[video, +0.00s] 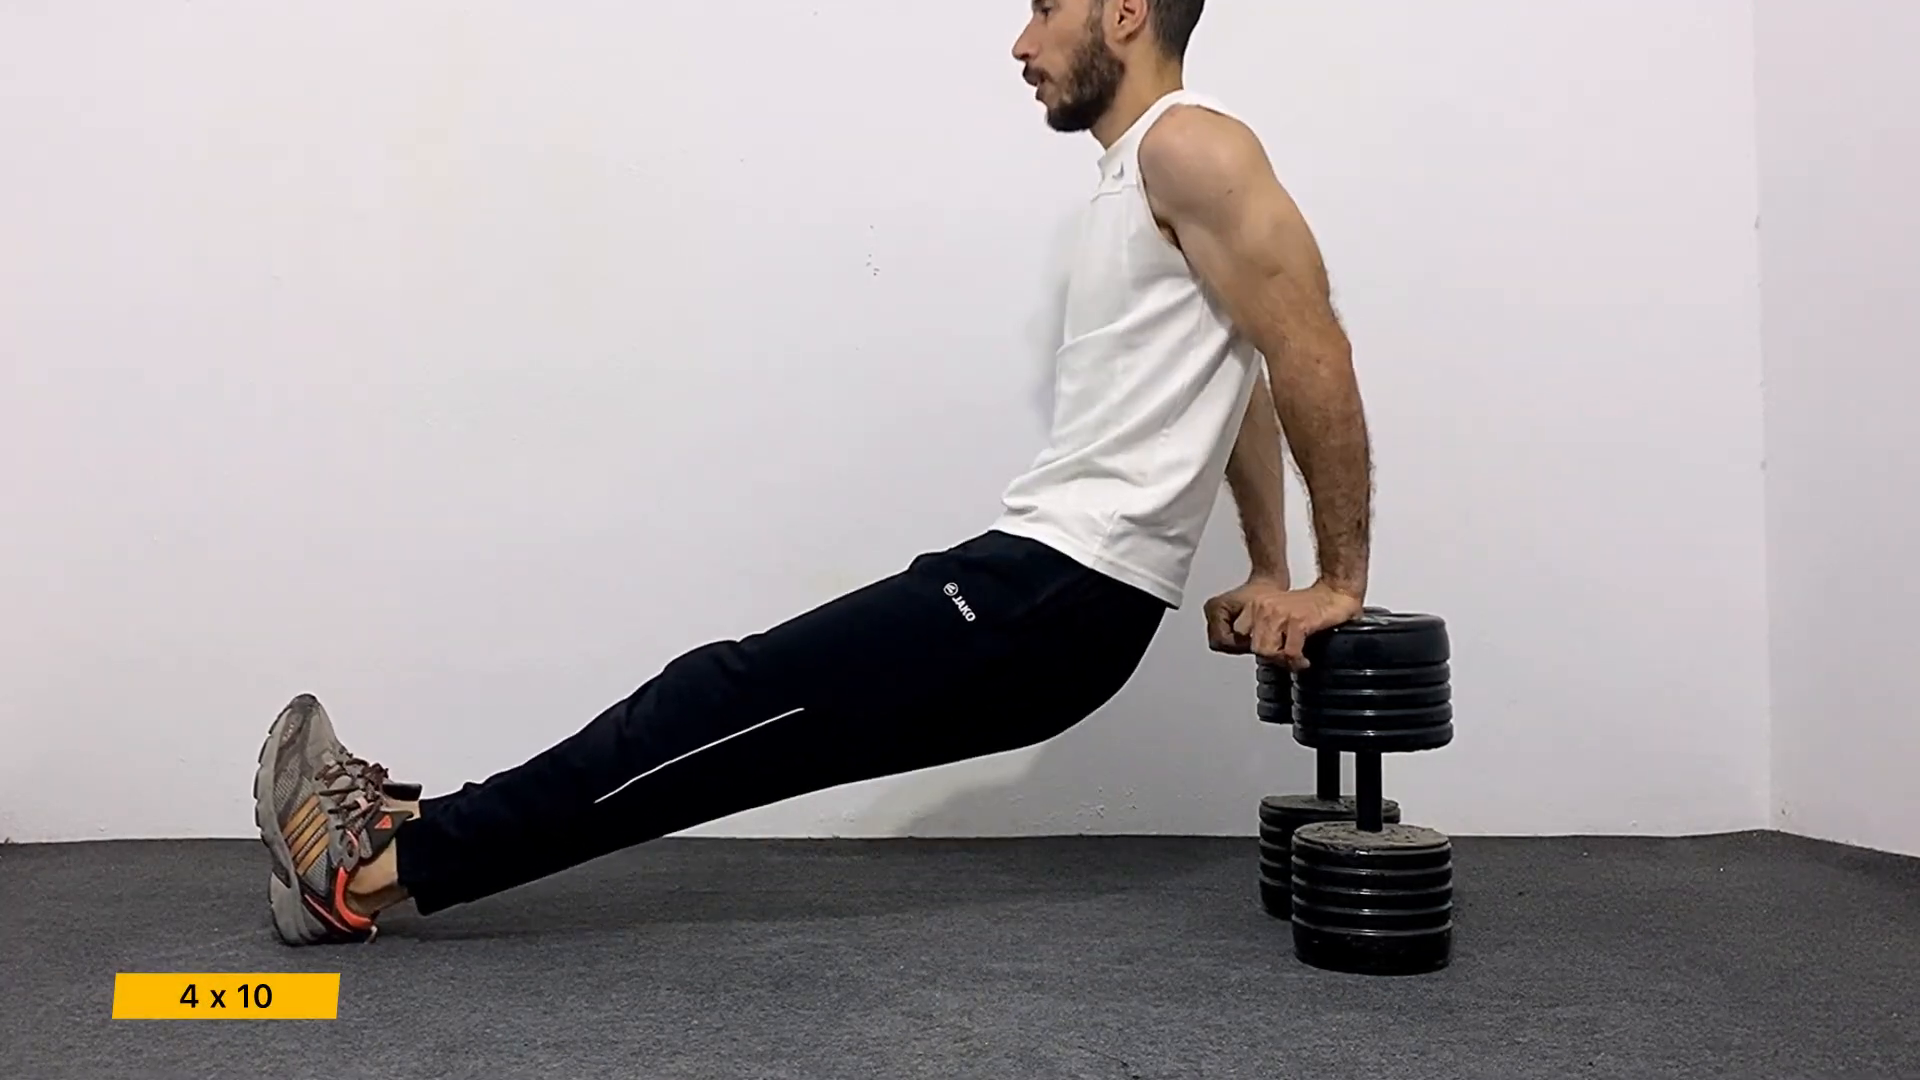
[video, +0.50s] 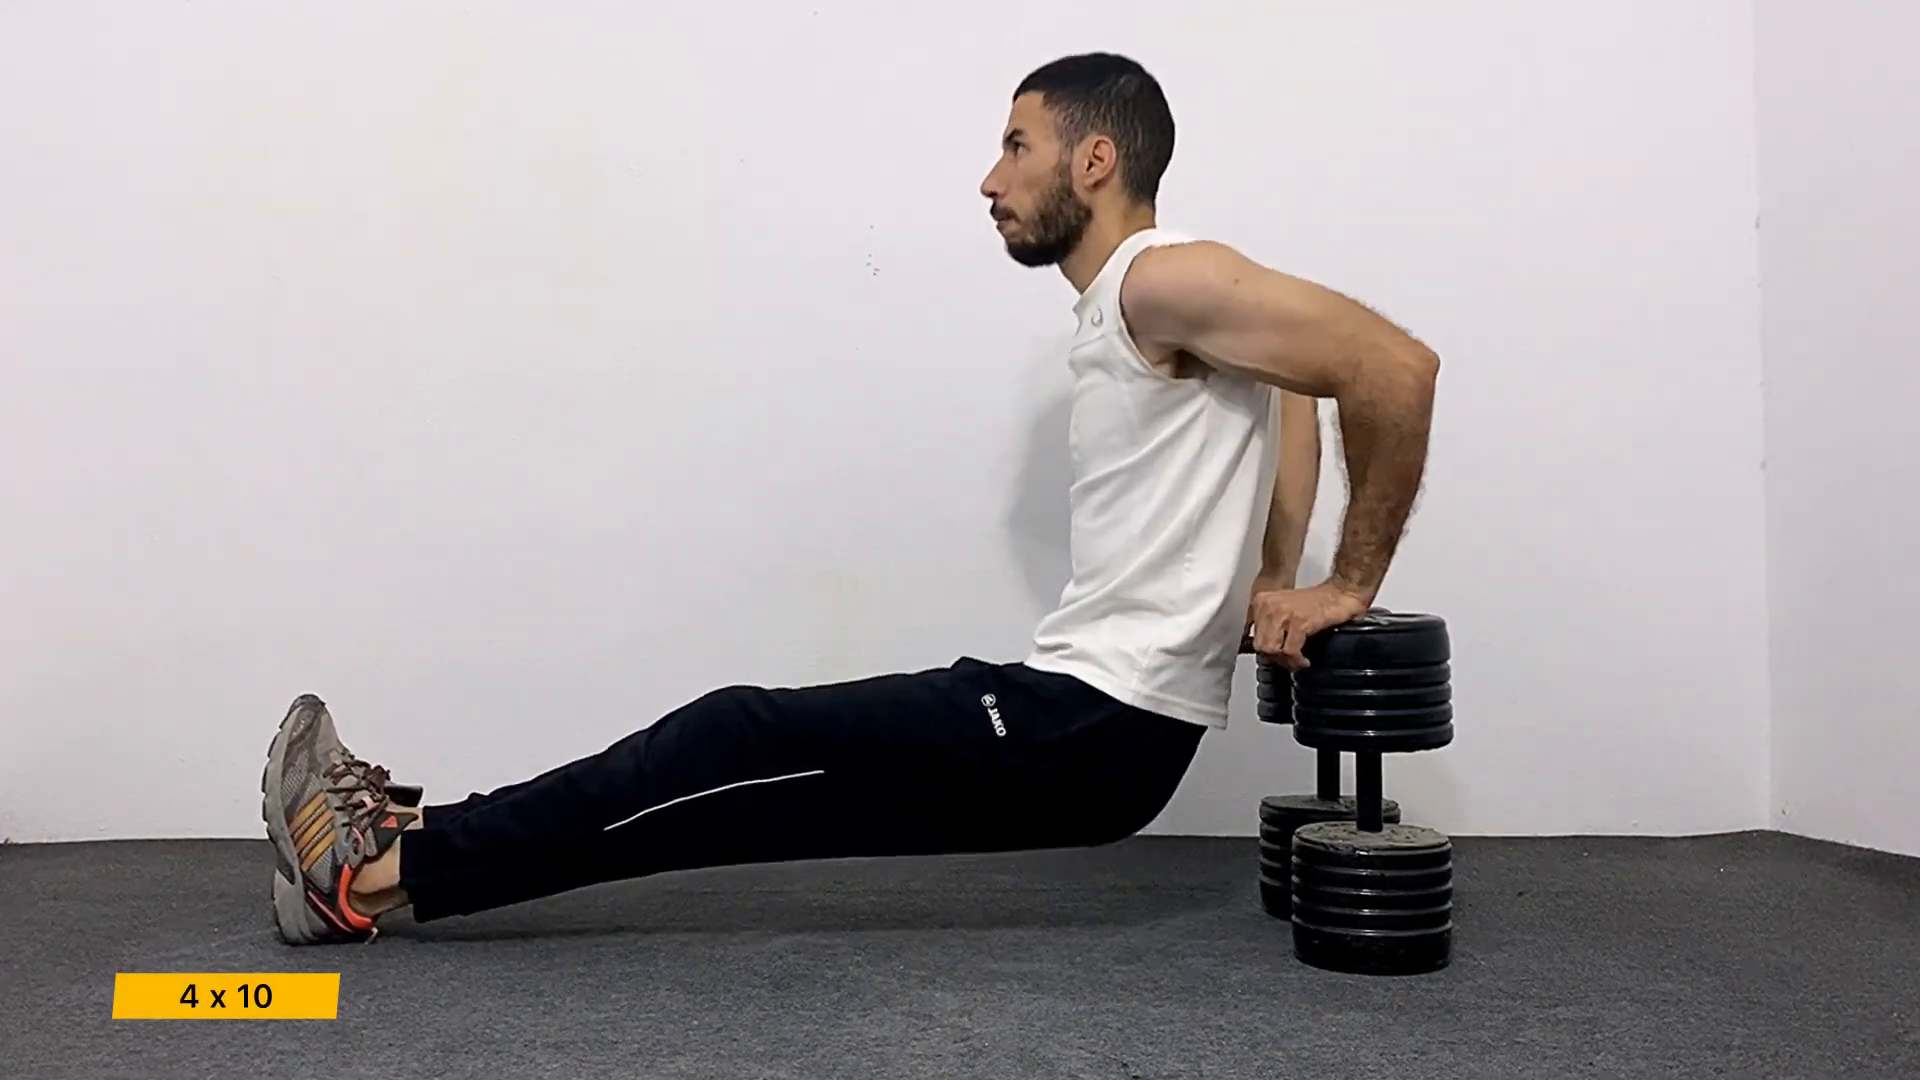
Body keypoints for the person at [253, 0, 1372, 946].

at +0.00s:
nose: (1021, 43)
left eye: (1042, 13)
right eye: (1027, 16)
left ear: (1128, 17)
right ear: (1112, 24)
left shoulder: (1189, 144)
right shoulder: (1146, 168)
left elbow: (1313, 350)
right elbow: (1244, 383)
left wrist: (1346, 579)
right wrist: (1263, 572)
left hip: (1063, 590)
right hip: (1041, 576)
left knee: (721, 714)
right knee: (715, 700)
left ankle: (379, 877)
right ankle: (412, 843)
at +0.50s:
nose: (992, 181)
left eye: (1013, 149)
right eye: (998, 152)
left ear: (1100, 159)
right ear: (1103, 164)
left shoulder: (1163, 286)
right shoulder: (1138, 294)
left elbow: (1395, 368)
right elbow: (1302, 374)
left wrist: (1354, 586)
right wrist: (1281, 572)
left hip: (1101, 720)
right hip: (1077, 702)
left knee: (737, 749)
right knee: (735, 745)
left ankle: (390, 871)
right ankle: (408, 854)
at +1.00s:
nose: (972, 276)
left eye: (995, 244)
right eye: (980, 246)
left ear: (1078, 251)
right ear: (1083, 253)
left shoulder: (1143, 370)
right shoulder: (1138, 373)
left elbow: (1401, 381)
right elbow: (1300, 412)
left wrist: (1354, 592)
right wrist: (1279, 580)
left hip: (1095, 808)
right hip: (1092, 799)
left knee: (737, 756)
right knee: (726, 821)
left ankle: (381, 873)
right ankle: (417, 848)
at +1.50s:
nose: (1000, 104)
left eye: (1023, 74)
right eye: (1006, 76)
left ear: (1102, 83)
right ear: (1095, 90)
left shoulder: (1172, 207)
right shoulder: (1144, 231)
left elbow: (1355, 358)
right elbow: (1276, 400)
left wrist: (1351, 585)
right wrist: (1269, 580)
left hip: (1084, 647)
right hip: (1071, 636)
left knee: (723, 724)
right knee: (724, 715)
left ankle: (390, 875)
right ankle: (416, 849)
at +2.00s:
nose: (1015, 66)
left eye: (1036, 36)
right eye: (1021, 39)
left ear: (1120, 40)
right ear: (1109, 46)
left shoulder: (1188, 164)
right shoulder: (1151, 189)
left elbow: (1334, 350)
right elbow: (1262, 389)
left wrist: (1351, 583)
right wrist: (1267, 578)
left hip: (1074, 617)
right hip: (1051, 599)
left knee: (722, 719)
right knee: (715, 707)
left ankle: (388, 874)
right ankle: (414, 843)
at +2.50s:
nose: (973, 227)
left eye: (996, 195)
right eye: (980, 199)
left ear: (1083, 202)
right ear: (1086, 206)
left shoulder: (1144, 323)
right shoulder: (1128, 322)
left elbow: (1395, 374)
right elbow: (1301, 378)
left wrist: (1347, 588)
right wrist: (1275, 566)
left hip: (1094, 758)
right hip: (1079, 744)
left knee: (733, 735)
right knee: (728, 783)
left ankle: (384, 868)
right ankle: (407, 855)